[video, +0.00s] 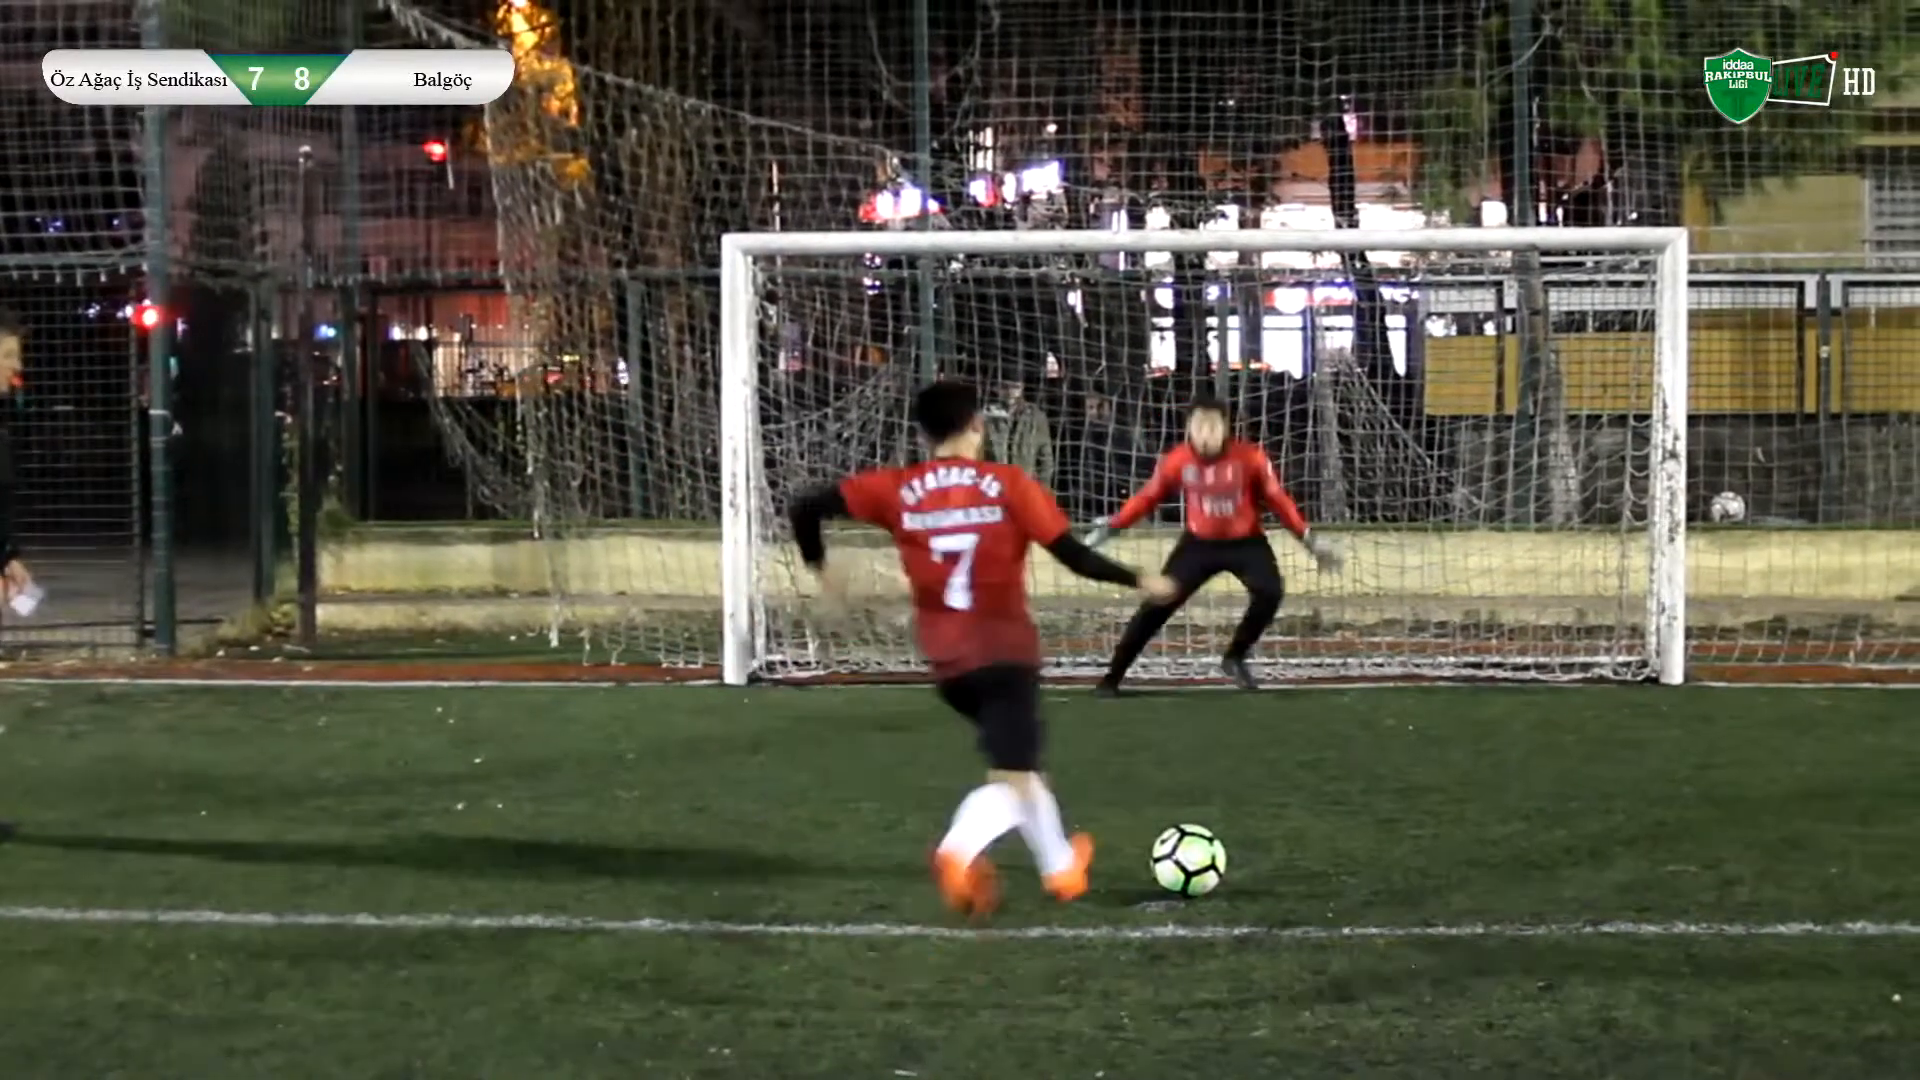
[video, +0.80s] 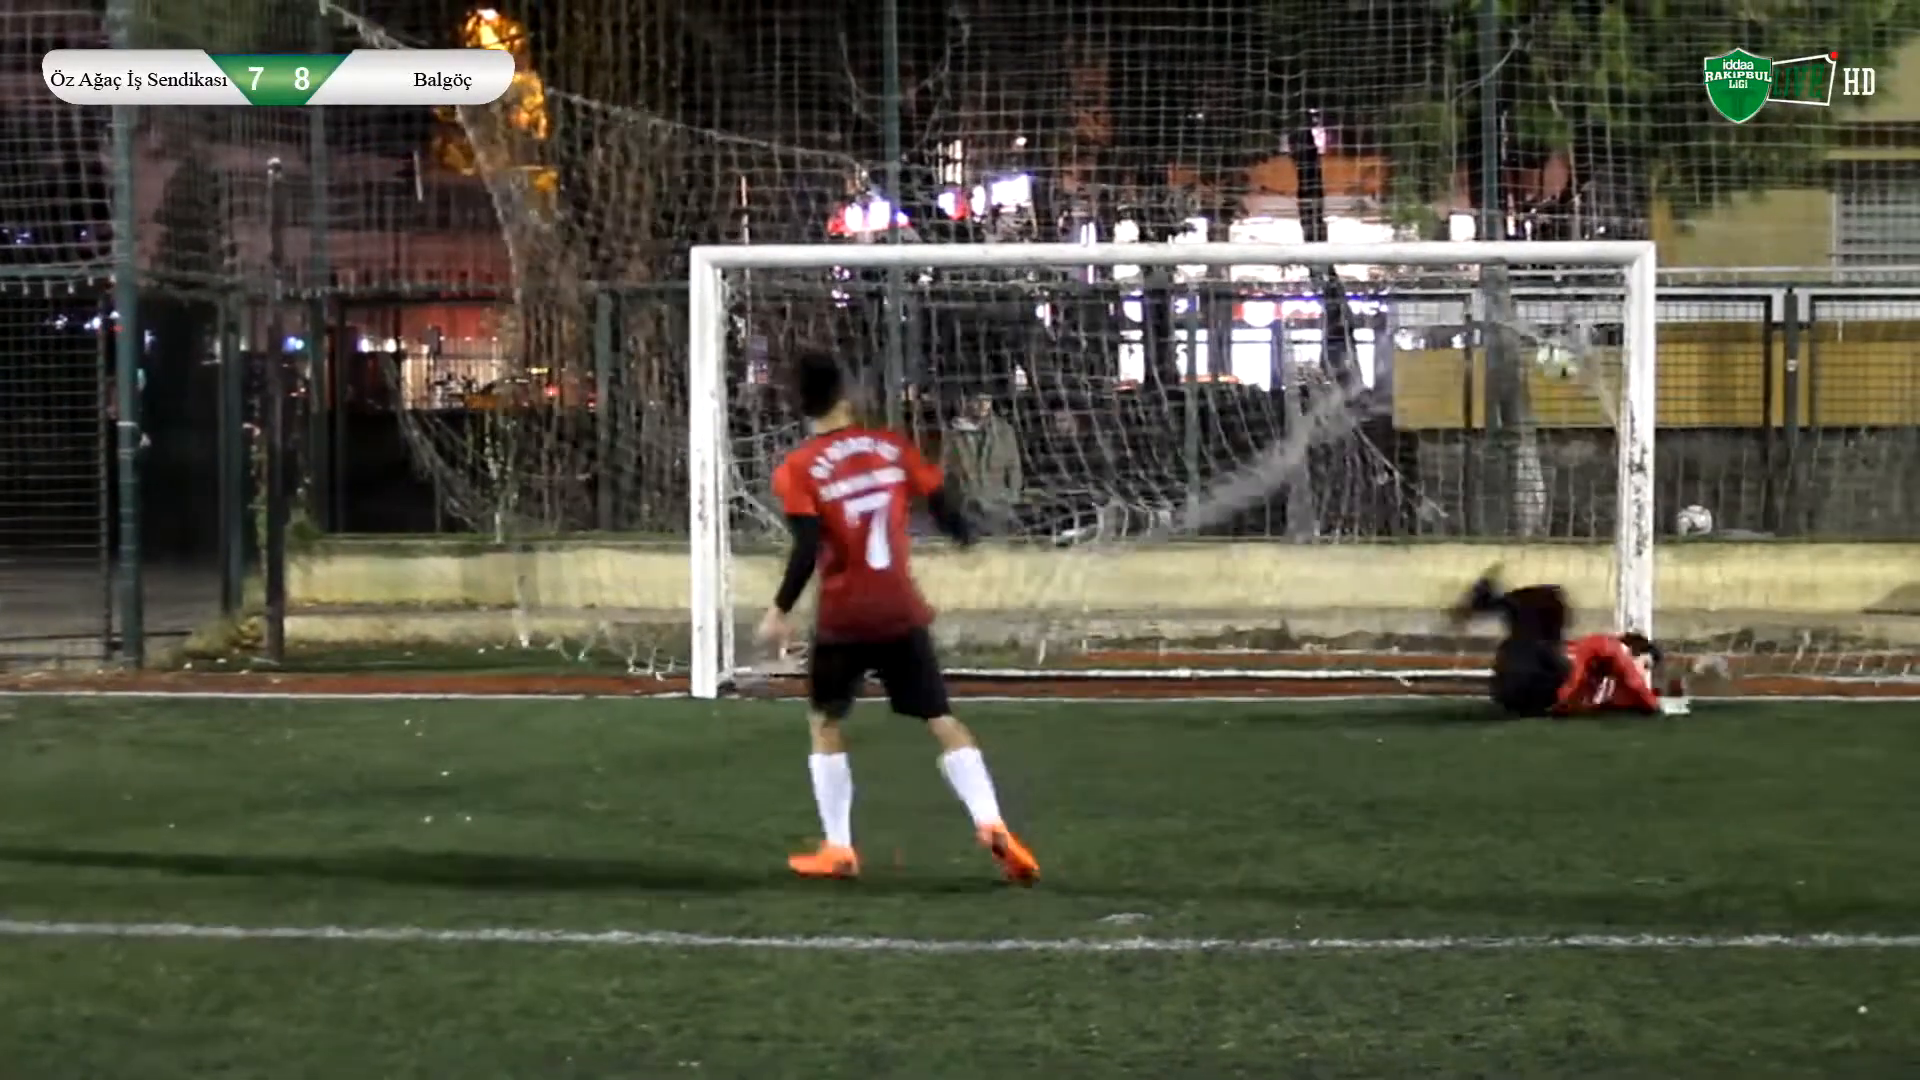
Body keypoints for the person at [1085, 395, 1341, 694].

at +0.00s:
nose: (1206, 434)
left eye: (1213, 426)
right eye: (1199, 426)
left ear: (1226, 428)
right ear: (1189, 429)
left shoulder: (1250, 458)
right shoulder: (1180, 460)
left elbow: (1277, 498)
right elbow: (1148, 496)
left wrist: (1309, 539)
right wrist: (1111, 525)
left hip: (1246, 545)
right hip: (1199, 545)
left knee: (1270, 592)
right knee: (1159, 602)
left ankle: (1234, 657)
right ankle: (1112, 678)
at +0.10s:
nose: (1210, 474)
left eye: (1217, 465)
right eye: (1203, 465)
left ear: (1229, 467)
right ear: (1193, 469)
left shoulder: (1254, 496)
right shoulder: (1184, 498)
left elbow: (1282, 530)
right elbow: (1150, 530)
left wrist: (1306, 565)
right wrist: (1112, 557)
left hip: (1248, 570)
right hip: (1201, 568)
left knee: (1280, 598)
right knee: (1154, 615)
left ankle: (1244, 671)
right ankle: (1109, 680)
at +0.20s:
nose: (1253, 497)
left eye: (1261, 491)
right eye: (1247, 489)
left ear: (1274, 497)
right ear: (1233, 494)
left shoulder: (1287, 529)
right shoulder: (1217, 522)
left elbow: (1308, 566)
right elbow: (1188, 549)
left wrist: (1319, 579)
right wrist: (1169, 563)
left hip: (1258, 609)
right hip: (1216, 602)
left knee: (1292, 629)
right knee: (1161, 636)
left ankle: (1239, 692)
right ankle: (1098, 686)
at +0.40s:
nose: (1421, 526)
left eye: (1422, 522)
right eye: (1416, 519)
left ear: (1419, 530)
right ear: (1404, 518)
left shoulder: (1415, 563)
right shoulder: (1372, 540)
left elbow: (1460, 572)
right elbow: (1383, 521)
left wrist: (1482, 546)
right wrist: (1427, 505)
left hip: (1337, 651)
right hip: (1310, 626)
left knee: (1339, 707)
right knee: (1234, 661)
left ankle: (1263, 705)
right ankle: (1150, 694)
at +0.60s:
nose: (1562, 609)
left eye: (1566, 607)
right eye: (1556, 601)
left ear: (1565, 614)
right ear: (1544, 596)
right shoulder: (1525, 602)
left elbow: (1592, 656)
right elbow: (1561, 588)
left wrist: (1623, 648)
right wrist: (1609, 601)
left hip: (1478, 693)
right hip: (1462, 659)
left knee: (1412, 707)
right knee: (1387, 661)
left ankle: (1339, 712)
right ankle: (1325, 681)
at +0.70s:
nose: (1616, 657)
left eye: (1615, 651)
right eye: (1615, 648)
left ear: (1596, 637)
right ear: (1607, 642)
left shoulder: (1581, 640)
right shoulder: (1589, 692)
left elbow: (1624, 679)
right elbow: (1627, 692)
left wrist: (1667, 701)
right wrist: (1668, 702)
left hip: (1514, 671)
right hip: (1520, 708)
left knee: (1444, 676)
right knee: (1447, 697)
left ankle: (1395, 691)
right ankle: (1403, 695)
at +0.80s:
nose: (1643, 672)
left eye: (1647, 667)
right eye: (1646, 666)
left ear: (1625, 643)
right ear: (1637, 653)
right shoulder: (1610, 647)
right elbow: (1635, 687)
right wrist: (1655, 706)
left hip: (1511, 692)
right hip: (1544, 691)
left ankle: (1482, 602)